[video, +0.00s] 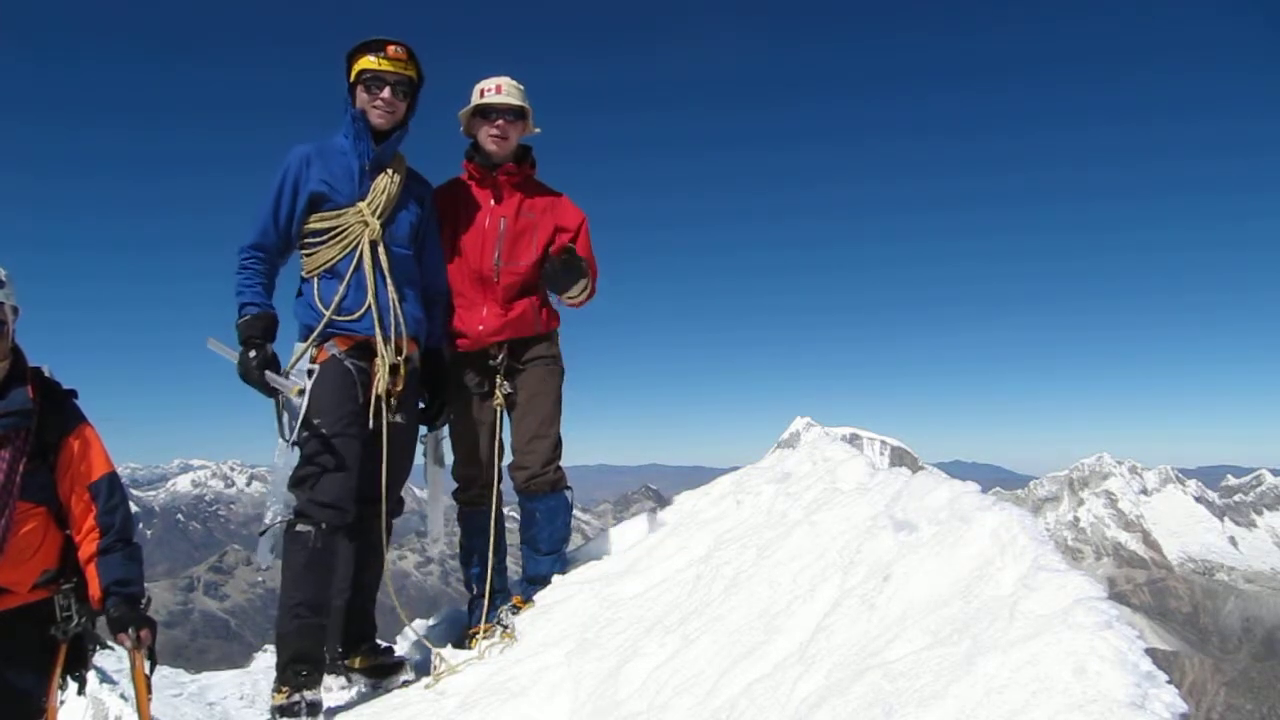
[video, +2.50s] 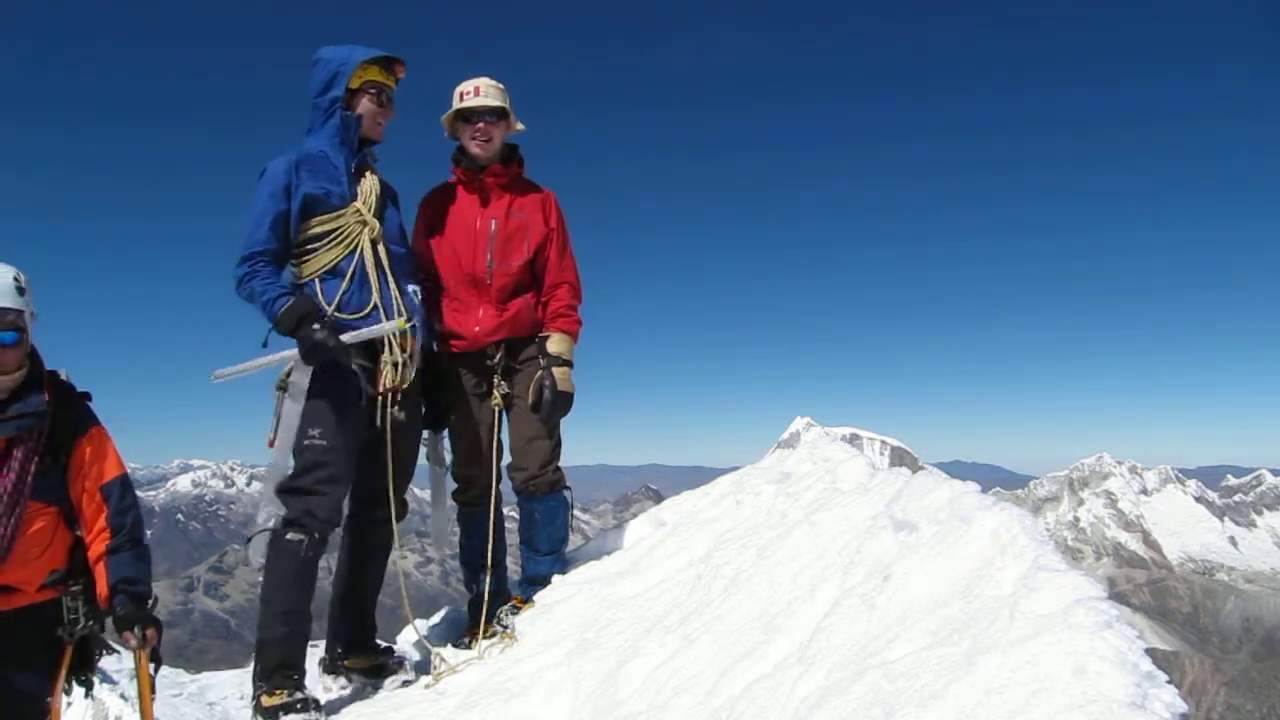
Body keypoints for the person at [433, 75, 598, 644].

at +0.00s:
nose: (498, 126)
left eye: (509, 117)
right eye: (488, 117)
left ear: (525, 128)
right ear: (471, 126)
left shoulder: (554, 208)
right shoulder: (443, 203)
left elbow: (582, 286)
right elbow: (422, 280)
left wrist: (569, 279)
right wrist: (426, 365)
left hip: (533, 351)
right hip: (463, 355)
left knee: (536, 468)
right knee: (474, 479)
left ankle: (541, 589)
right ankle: (485, 604)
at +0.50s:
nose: (495, 125)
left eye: (505, 116)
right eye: (484, 116)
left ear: (522, 126)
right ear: (467, 126)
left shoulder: (548, 204)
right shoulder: (443, 203)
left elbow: (569, 288)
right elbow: (424, 281)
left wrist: (561, 354)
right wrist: (428, 363)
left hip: (531, 352)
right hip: (463, 358)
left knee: (538, 471)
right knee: (476, 480)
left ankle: (542, 589)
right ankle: (485, 601)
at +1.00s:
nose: (494, 125)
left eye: (505, 116)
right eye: (484, 116)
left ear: (522, 126)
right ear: (467, 126)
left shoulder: (548, 202)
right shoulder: (443, 203)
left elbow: (569, 288)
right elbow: (425, 284)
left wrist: (567, 359)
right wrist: (427, 367)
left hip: (532, 353)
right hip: (464, 359)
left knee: (539, 470)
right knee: (478, 480)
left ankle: (541, 591)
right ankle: (484, 605)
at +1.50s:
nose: (492, 125)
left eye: (502, 115)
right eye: (481, 116)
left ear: (519, 125)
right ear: (464, 127)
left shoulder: (545, 202)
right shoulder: (438, 203)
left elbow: (566, 287)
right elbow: (422, 287)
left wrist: (565, 357)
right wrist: (426, 364)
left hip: (530, 351)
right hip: (462, 357)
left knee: (538, 472)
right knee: (476, 480)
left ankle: (541, 589)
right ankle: (486, 604)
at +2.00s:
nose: (485, 126)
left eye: (495, 117)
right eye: (474, 117)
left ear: (512, 126)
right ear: (458, 127)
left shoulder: (540, 202)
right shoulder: (437, 203)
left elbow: (563, 285)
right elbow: (419, 288)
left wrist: (560, 355)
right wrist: (423, 366)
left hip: (527, 348)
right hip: (459, 354)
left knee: (537, 456)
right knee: (475, 473)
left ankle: (541, 586)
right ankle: (484, 602)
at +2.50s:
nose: (480, 128)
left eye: (491, 118)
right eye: (469, 120)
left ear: (509, 127)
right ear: (455, 131)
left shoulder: (538, 202)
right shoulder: (436, 205)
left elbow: (562, 284)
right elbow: (422, 287)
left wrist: (559, 355)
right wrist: (425, 362)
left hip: (526, 350)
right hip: (458, 357)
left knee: (534, 466)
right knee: (474, 476)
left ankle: (540, 589)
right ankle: (485, 600)